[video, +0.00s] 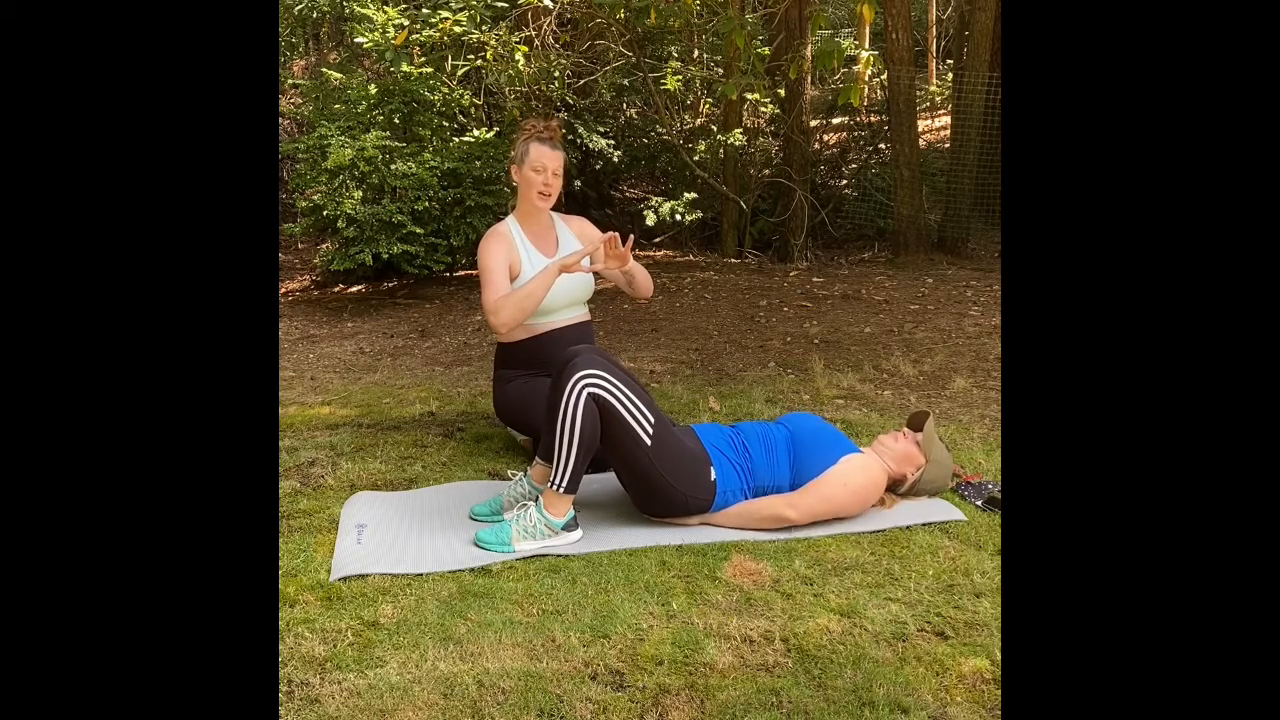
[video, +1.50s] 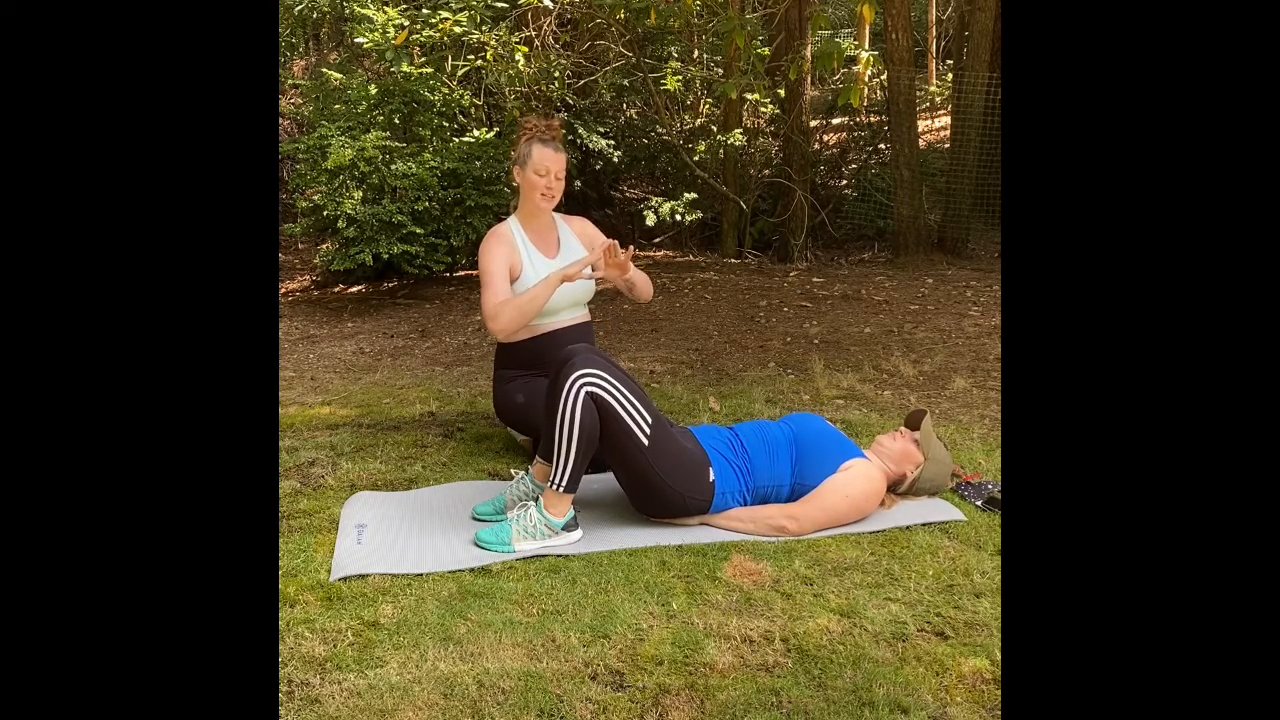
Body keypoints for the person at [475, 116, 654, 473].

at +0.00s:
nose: (549, 182)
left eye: (556, 173)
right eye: (538, 170)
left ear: (563, 180)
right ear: (515, 173)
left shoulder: (579, 229)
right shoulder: (498, 242)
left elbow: (644, 292)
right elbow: (501, 321)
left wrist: (627, 269)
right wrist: (554, 268)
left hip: (584, 364)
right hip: (523, 376)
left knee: (638, 439)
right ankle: (540, 454)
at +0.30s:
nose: (549, 182)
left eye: (557, 173)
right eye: (539, 171)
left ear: (564, 179)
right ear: (515, 173)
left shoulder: (579, 229)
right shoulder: (498, 242)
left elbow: (644, 292)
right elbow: (501, 321)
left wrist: (628, 270)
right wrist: (555, 269)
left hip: (583, 364)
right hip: (523, 377)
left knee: (639, 441)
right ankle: (541, 452)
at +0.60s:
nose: (551, 182)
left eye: (558, 174)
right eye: (540, 171)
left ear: (564, 179)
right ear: (516, 174)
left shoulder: (579, 229)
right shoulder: (498, 242)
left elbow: (644, 292)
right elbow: (502, 322)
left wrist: (628, 269)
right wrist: (555, 268)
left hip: (584, 363)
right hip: (523, 376)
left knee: (642, 439)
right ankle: (540, 450)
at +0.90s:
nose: (555, 185)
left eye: (561, 177)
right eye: (544, 174)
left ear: (566, 179)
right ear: (517, 174)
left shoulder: (580, 229)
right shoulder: (498, 243)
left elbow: (645, 291)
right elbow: (501, 323)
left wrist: (625, 270)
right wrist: (555, 271)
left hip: (585, 363)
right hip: (523, 377)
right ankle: (541, 457)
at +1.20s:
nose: (554, 186)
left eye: (560, 177)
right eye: (544, 175)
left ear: (566, 179)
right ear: (517, 174)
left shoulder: (579, 229)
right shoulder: (498, 243)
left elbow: (645, 291)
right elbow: (501, 323)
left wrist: (627, 271)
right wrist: (556, 272)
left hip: (585, 363)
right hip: (523, 377)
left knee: (642, 438)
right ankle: (540, 453)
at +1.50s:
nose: (552, 186)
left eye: (560, 177)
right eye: (542, 175)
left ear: (566, 179)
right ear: (517, 174)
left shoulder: (580, 229)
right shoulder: (499, 243)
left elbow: (645, 295)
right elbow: (499, 324)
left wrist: (627, 276)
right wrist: (558, 277)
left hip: (584, 364)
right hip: (523, 377)